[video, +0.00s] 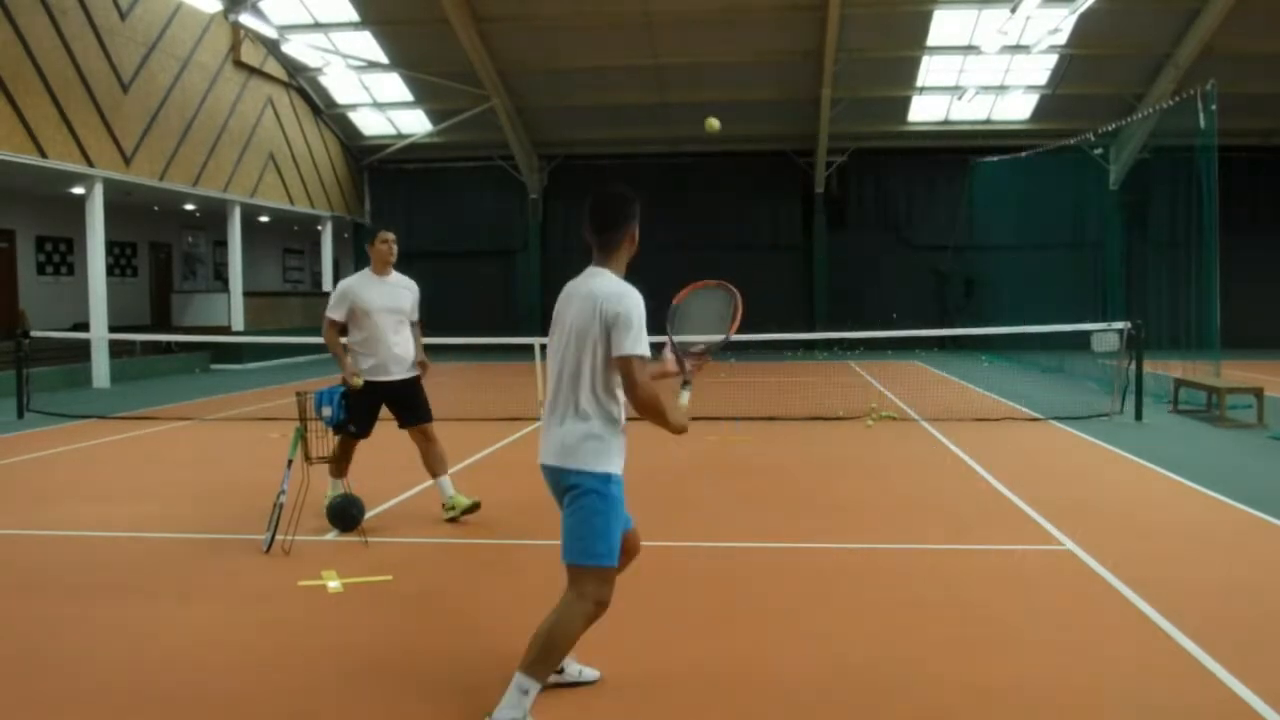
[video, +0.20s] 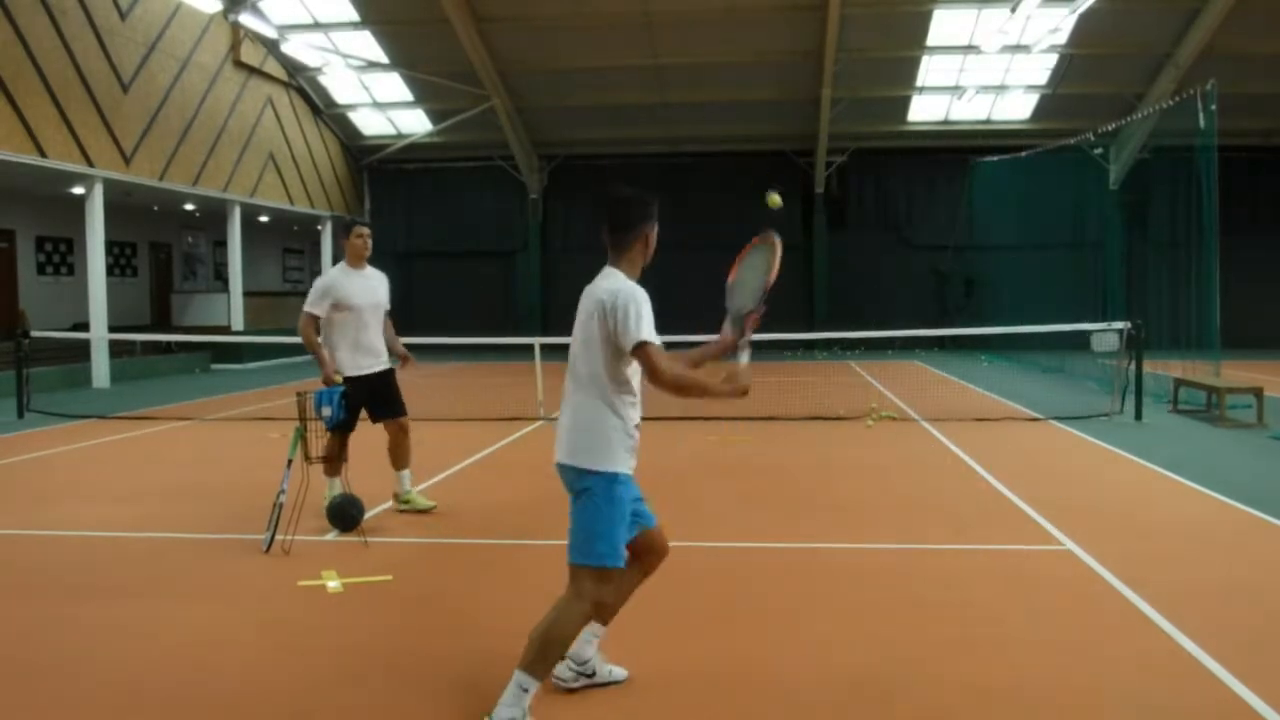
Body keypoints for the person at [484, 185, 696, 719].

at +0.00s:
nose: (638, 238)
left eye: (633, 230)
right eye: (637, 231)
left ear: (591, 235)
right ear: (632, 235)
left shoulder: (573, 291)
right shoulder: (623, 298)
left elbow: (597, 377)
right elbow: (639, 390)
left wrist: (663, 366)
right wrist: (673, 418)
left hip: (561, 456)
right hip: (592, 464)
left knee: (624, 544)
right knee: (588, 595)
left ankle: (553, 658)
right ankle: (511, 706)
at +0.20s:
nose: (656, 244)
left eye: (654, 236)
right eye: (656, 236)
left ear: (610, 238)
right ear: (649, 239)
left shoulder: (601, 290)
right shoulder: (626, 295)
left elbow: (653, 364)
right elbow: (668, 376)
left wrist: (718, 346)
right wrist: (724, 384)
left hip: (594, 458)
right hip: (599, 462)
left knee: (649, 548)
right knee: (591, 591)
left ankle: (578, 658)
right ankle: (509, 706)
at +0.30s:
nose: (673, 242)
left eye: (671, 234)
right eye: (673, 234)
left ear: (633, 235)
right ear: (663, 236)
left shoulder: (650, 292)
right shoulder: (627, 289)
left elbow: (701, 340)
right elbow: (670, 344)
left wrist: (755, 315)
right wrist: (748, 345)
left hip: (628, 454)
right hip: (609, 454)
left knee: (656, 556)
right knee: (622, 578)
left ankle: (575, 657)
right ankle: (524, 695)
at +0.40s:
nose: (698, 245)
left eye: (698, 238)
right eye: (697, 236)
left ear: (672, 239)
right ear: (684, 237)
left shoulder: (684, 289)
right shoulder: (643, 288)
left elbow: (745, 328)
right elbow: (708, 318)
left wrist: (771, 294)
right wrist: (767, 298)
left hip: (640, 447)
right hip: (628, 448)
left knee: (655, 563)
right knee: (673, 570)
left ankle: (583, 653)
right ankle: (577, 671)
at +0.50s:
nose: (730, 235)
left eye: (730, 229)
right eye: (727, 227)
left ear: (704, 227)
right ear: (710, 224)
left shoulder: (719, 277)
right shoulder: (671, 266)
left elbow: (777, 306)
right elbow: (666, 291)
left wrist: (824, 273)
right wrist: (741, 272)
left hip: (665, 428)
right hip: (654, 428)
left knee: (662, 552)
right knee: (718, 538)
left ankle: (579, 651)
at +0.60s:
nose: (763, 234)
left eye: (765, 228)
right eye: (760, 226)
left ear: (747, 228)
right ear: (740, 224)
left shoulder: (753, 272)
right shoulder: (700, 260)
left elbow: (811, 301)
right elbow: (675, 287)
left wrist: (865, 279)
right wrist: (744, 265)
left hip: (702, 421)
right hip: (683, 422)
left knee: (702, 538)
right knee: (750, 530)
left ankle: (603, 610)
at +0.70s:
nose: (791, 254)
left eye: (792, 247)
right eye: (789, 246)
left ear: (765, 242)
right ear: (773, 242)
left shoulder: (781, 285)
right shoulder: (726, 279)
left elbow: (838, 313)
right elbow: (696, 312)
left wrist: (903, 311)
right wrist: (749, 298)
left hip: (727, 429)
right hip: (712, 431)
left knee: (756, 524)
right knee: (795, 530)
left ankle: (656, 590)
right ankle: (786, 656)